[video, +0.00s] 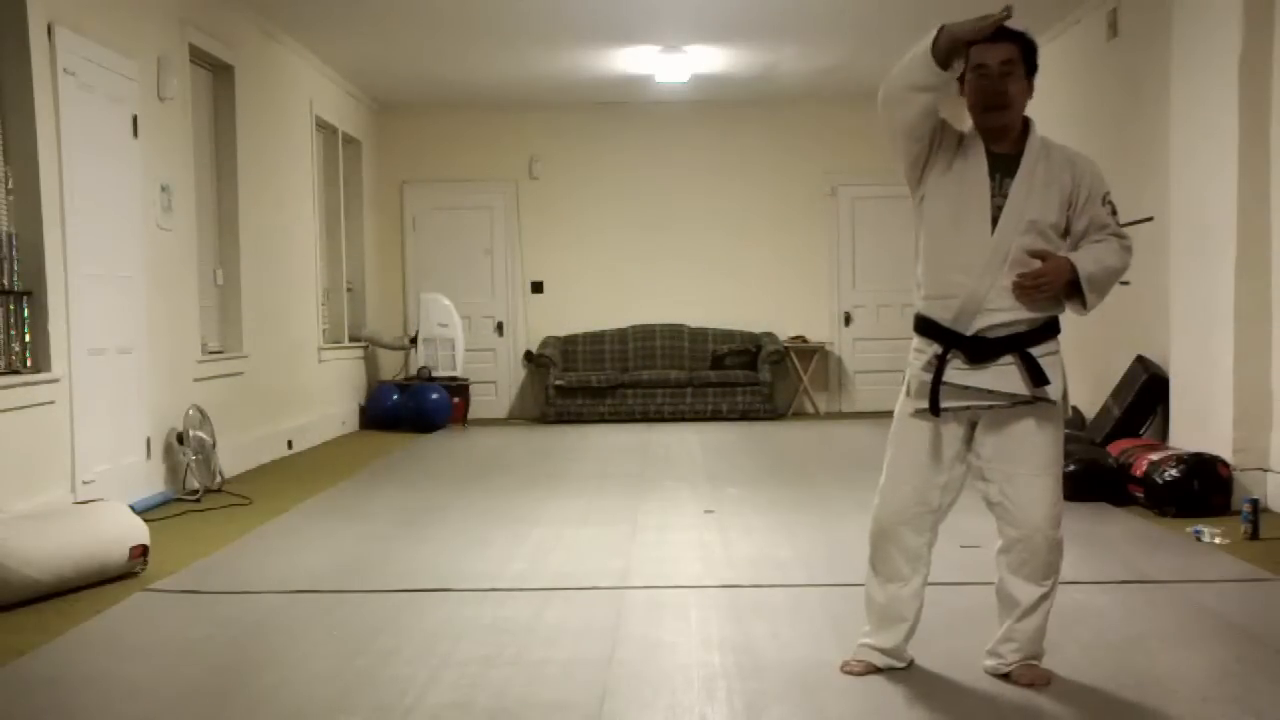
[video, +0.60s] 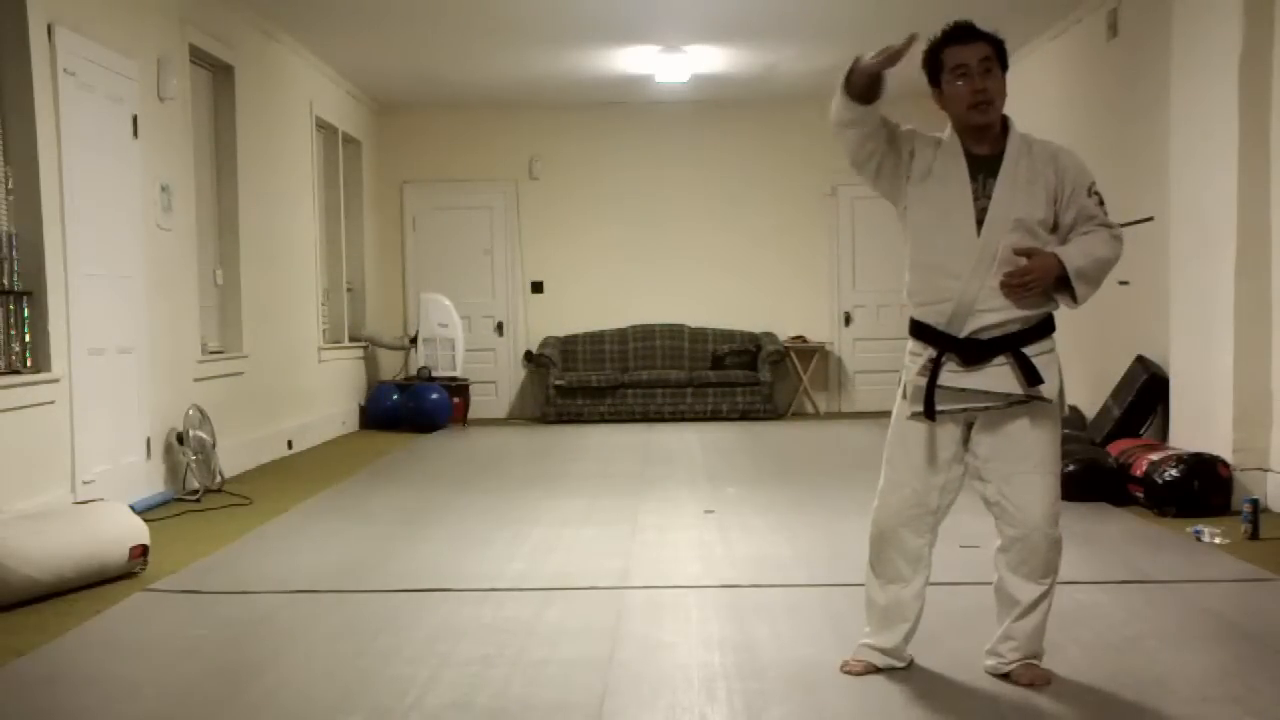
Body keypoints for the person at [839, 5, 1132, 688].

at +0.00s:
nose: (991, 83)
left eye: (1007, 70)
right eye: (978, 71)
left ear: (1029, 84)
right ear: (960, 85)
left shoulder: (1070, 171)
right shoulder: (935, 158)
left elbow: (1113, 249)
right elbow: (900, 98)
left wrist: (1074, 270)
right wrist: (951, 38)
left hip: (1026, 369)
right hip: (936, 366)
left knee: (1036, 526)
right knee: (899, 514)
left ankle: (1016, 653)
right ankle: (882, 641)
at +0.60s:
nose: (978, 84)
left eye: (988, 70)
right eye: (959, 74)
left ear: (1005, 81)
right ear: (936, 93)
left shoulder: (1055, 165)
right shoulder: (915, 162)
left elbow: (1103, 239)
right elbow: (861, 140)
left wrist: (1061, 265)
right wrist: (860, 86)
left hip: (1022, 365)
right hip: (931, 365)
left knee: (1035, 525)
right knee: (899, 516)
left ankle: (1016, 654)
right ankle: (884, 641)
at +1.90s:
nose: (985, 87)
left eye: (995, 73)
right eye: (967, 77)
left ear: (1010, 80)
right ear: (940, 93)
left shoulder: (1056, 162)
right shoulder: (913, 163)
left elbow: (1105, 239)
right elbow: (850, 204)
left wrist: (1062, 268)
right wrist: (823, 174)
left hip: (1026, 372)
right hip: (936, 373)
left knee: (1038, 529)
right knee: (902, 518)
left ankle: (1017, 653)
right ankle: (886, 642)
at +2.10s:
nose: (992, 91)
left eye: (1004, 77)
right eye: (975, 80)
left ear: (1021, 83)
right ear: (951, 90)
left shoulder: (1071, 162)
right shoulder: (915, 167)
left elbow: (1121, 238)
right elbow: (870, 240)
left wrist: (1072, 268)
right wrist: (850, 254)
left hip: (1035, 374)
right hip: (940, 373)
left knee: (1044, 533)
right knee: (896, 518)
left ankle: (1018, 654)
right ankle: (883, 642)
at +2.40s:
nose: (977, 108)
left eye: (991, 93)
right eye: (962, 93)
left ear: (1017, 93)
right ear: (944, 95)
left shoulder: (1063, 159)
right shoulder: (922, 160)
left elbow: (1108, 246)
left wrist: (1031, 219)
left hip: (1032, 371)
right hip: (939, 369)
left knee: (1040, 539)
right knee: (912, 529)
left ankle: (1021, 652)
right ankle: (921, 675)